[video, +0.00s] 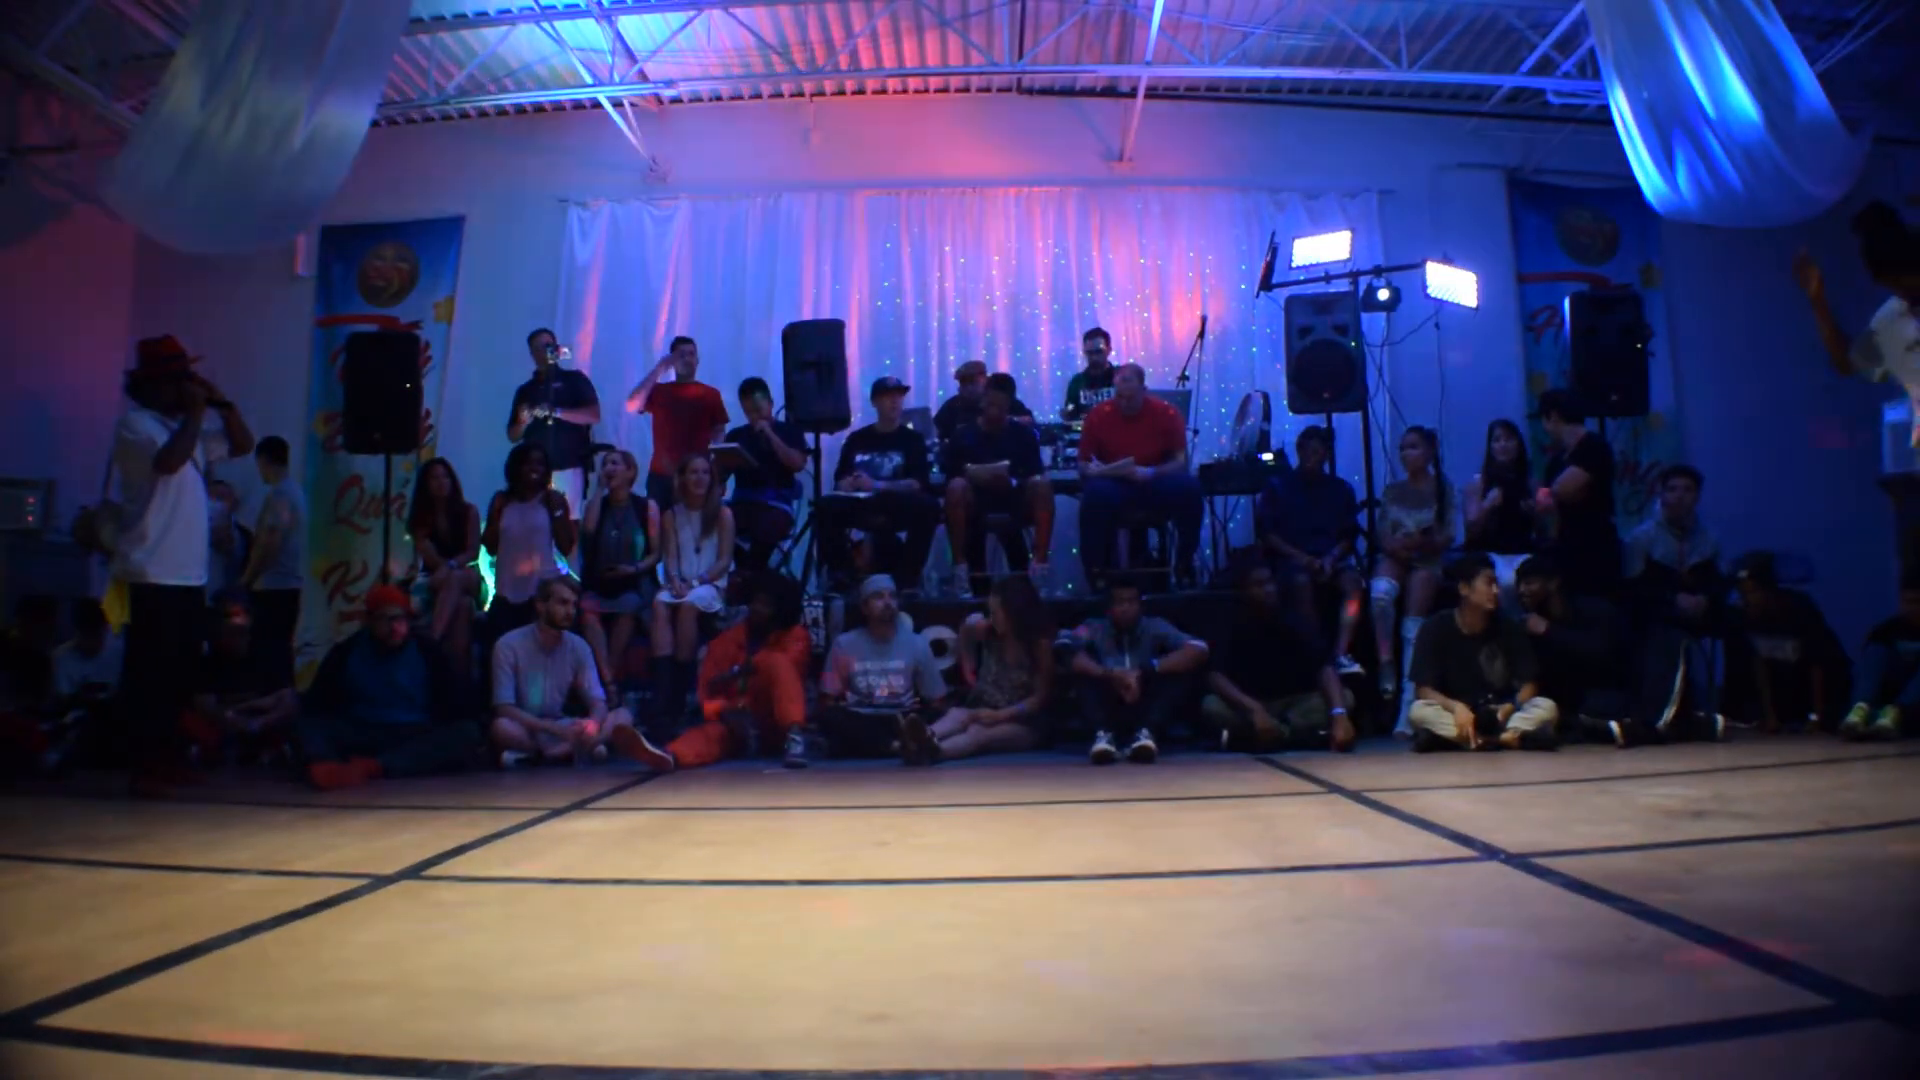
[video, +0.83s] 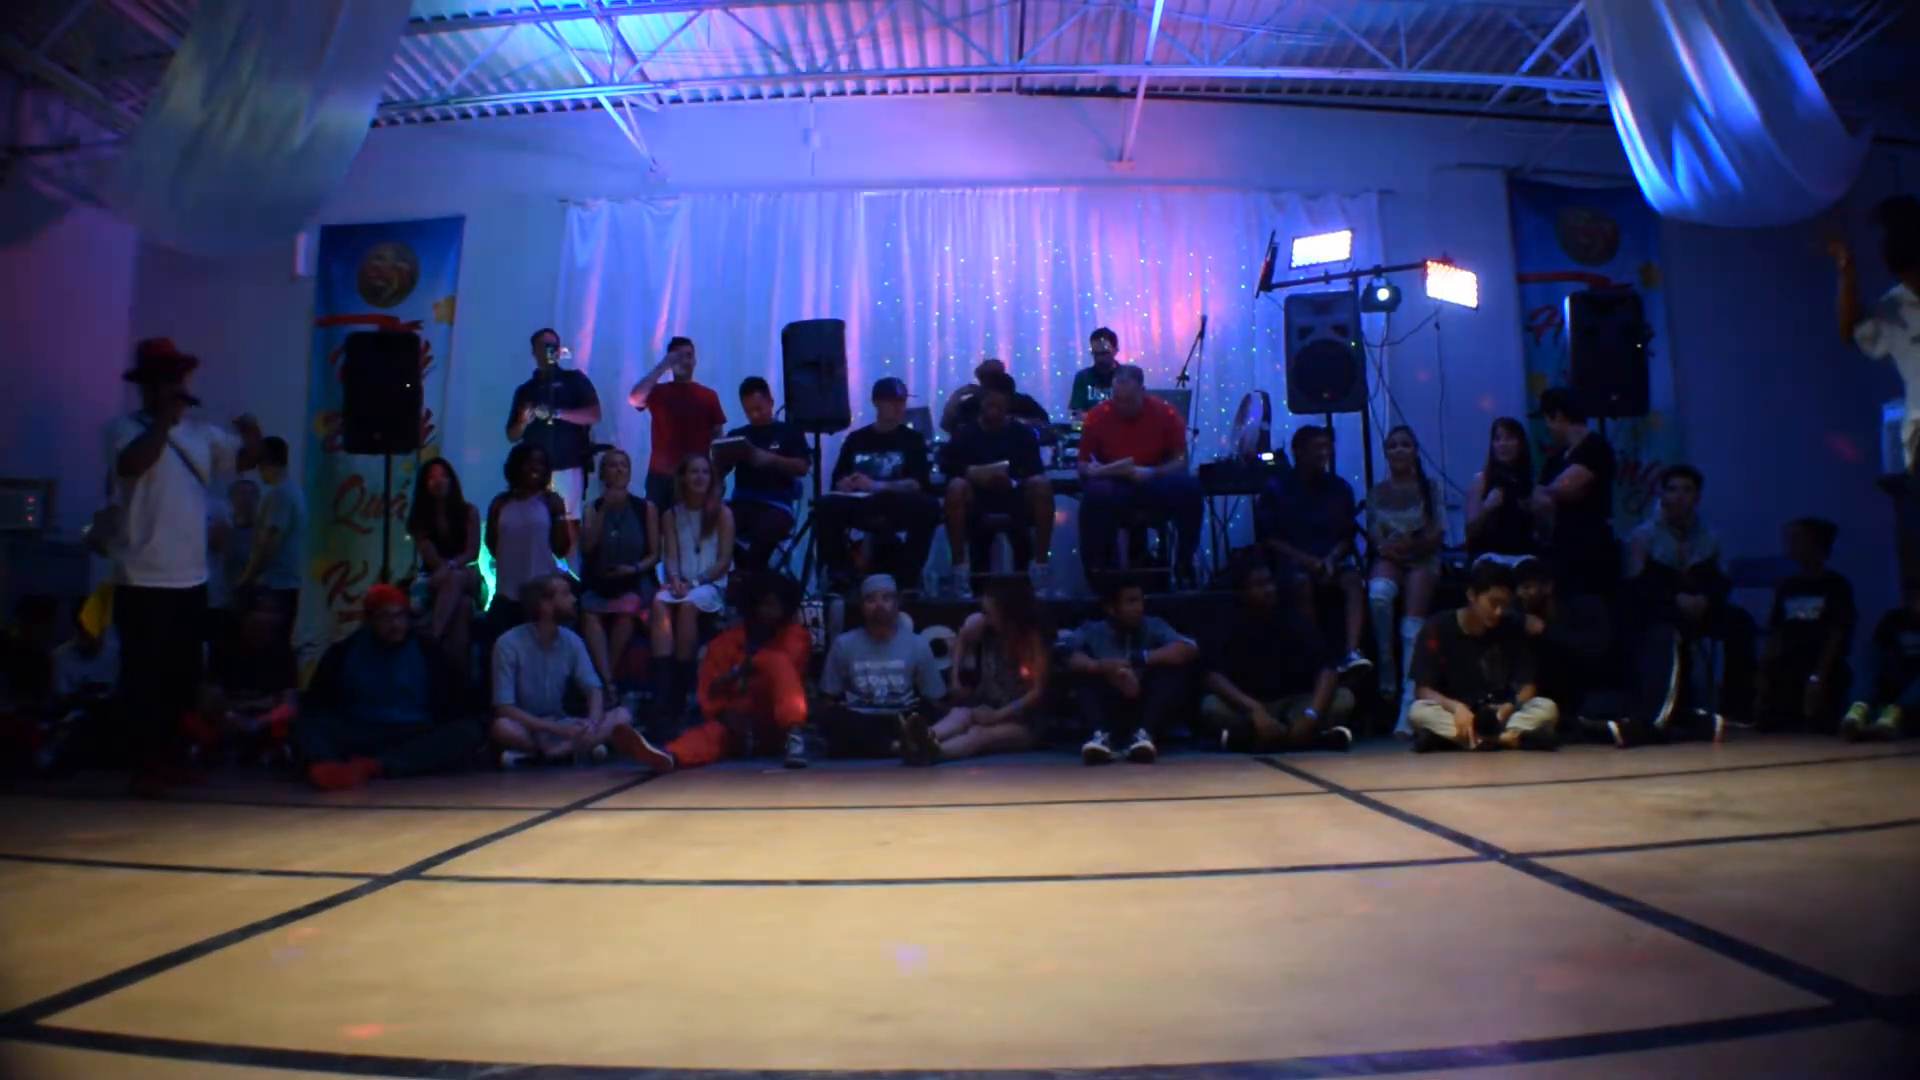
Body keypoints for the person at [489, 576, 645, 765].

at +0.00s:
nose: (570, 611)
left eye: (573, 604)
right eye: (562, 603)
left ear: (577, 607)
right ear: (541, 606)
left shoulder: (578, 647)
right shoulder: (509, 645)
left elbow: (598, 701)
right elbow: (504, 707)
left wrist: (593, 724)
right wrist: (556, 729)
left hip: (564, 723)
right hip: (527, 723)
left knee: (623, 716)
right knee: (502, 728)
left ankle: (546, 753)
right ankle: (578, 748)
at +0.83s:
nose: (573, 599)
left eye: (571, 593)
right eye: (566, 594)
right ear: (544, 604)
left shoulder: (572, 641)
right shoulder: (509, 643)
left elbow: (594, 689)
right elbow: (504, 706)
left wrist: (593, 722)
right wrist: (556, 729)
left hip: (563, 720)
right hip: (528, 722)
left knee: (623, 715)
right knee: (502, 728)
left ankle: (557, 751)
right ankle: (579, 747)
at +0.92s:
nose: (570, 597)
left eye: (567, 591)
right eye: (562, 592)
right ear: (542, 604)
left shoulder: (568, 638)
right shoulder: (508, 643)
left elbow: (591, 686)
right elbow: (504, 706)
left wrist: (592, 721)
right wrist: (553, 728)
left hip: (562, 719)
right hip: (527, 721)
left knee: (623, 715)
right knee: (502, 728)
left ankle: (558, 750)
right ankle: (580, 746)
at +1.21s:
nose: (552, 590)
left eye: (549, 586)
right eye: (545, 587)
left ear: (531, 602)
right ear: (527, 601)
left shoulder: (557, 632)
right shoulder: (499, 643)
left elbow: (575, 680)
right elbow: (502, 706)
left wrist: (587, 721)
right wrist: (560, 728)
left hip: (561, 717)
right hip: (527, 720)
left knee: (620, 712)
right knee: (503, 728)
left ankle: (557, 750)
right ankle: (579, 746)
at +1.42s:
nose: (543, 592)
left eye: (541, 586)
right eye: (535, 587)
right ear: (515, 600)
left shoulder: (553, 632)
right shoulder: (493, 645)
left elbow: (572, 681)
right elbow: (502, 706)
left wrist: (588, 721)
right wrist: (557, 725)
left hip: (560, 714)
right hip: (524, 718)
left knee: (615, 705)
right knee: (503, 728)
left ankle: (553, 748)